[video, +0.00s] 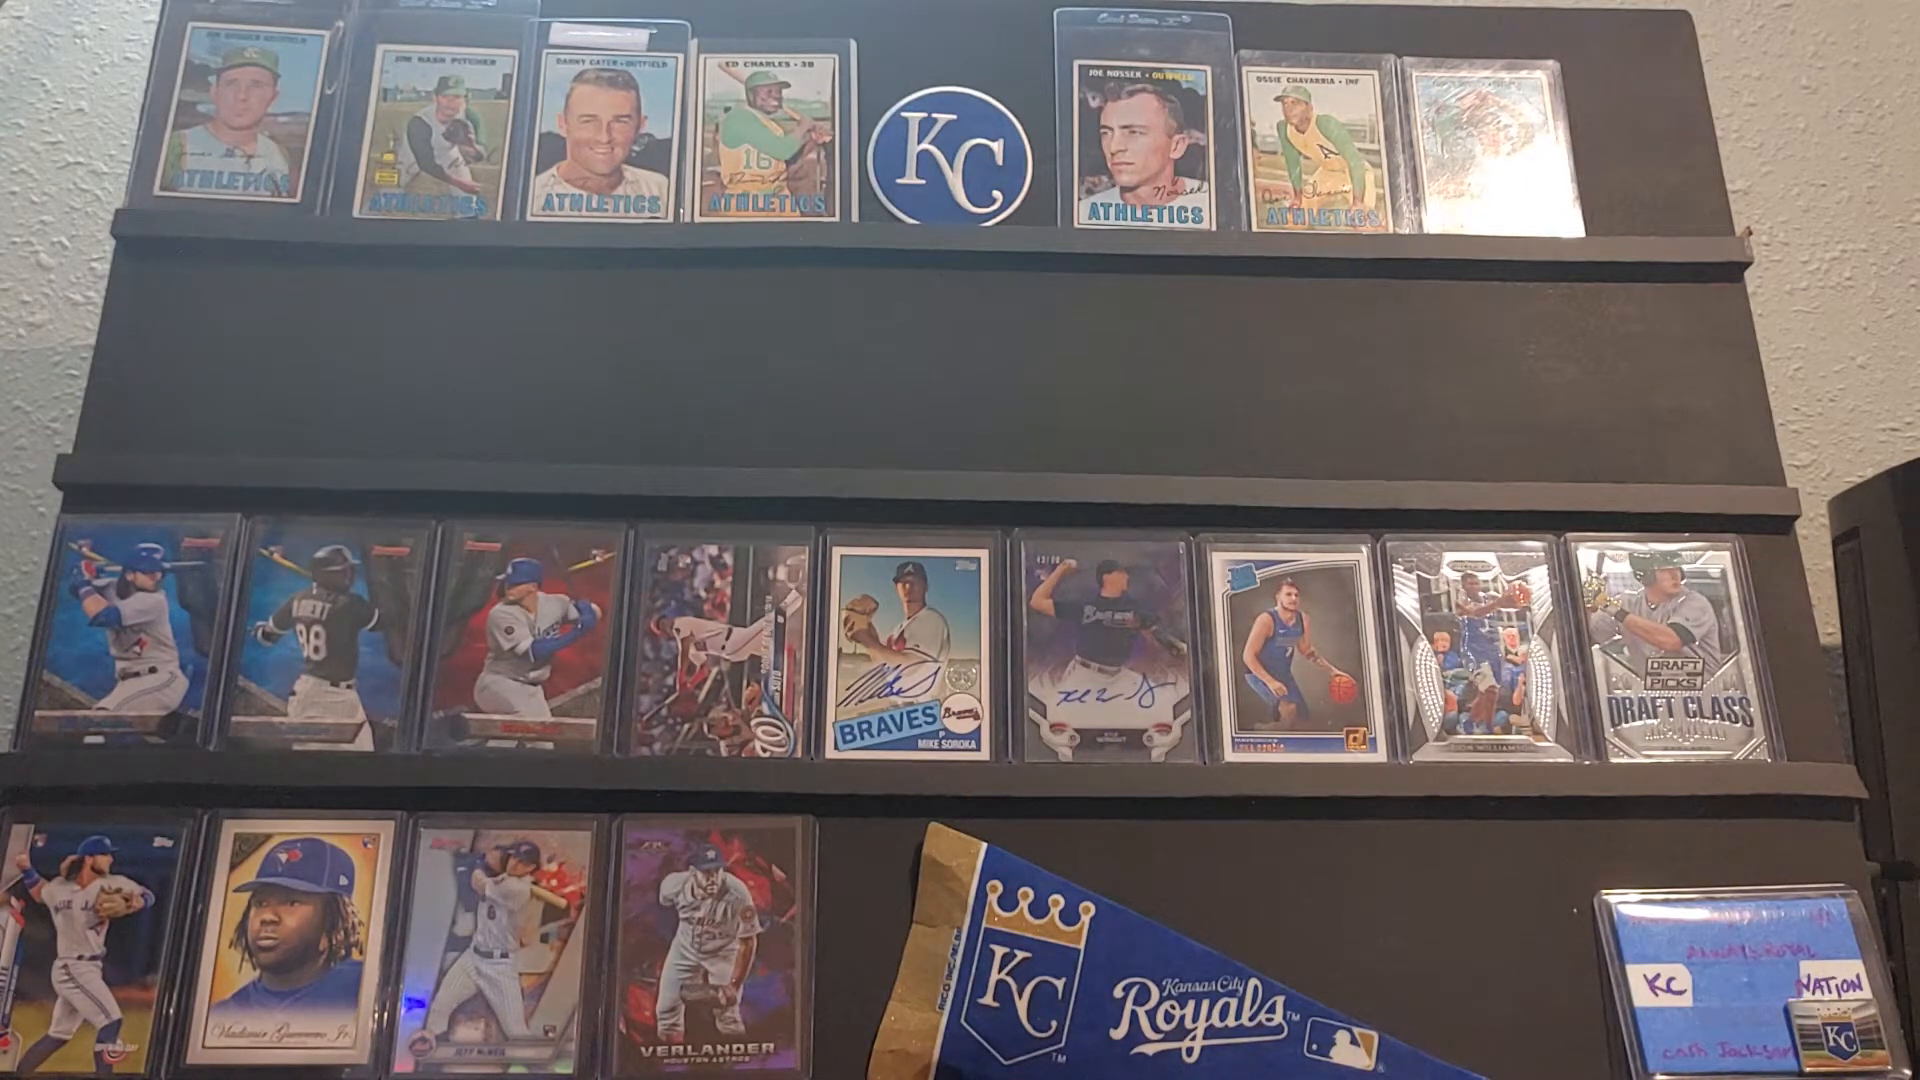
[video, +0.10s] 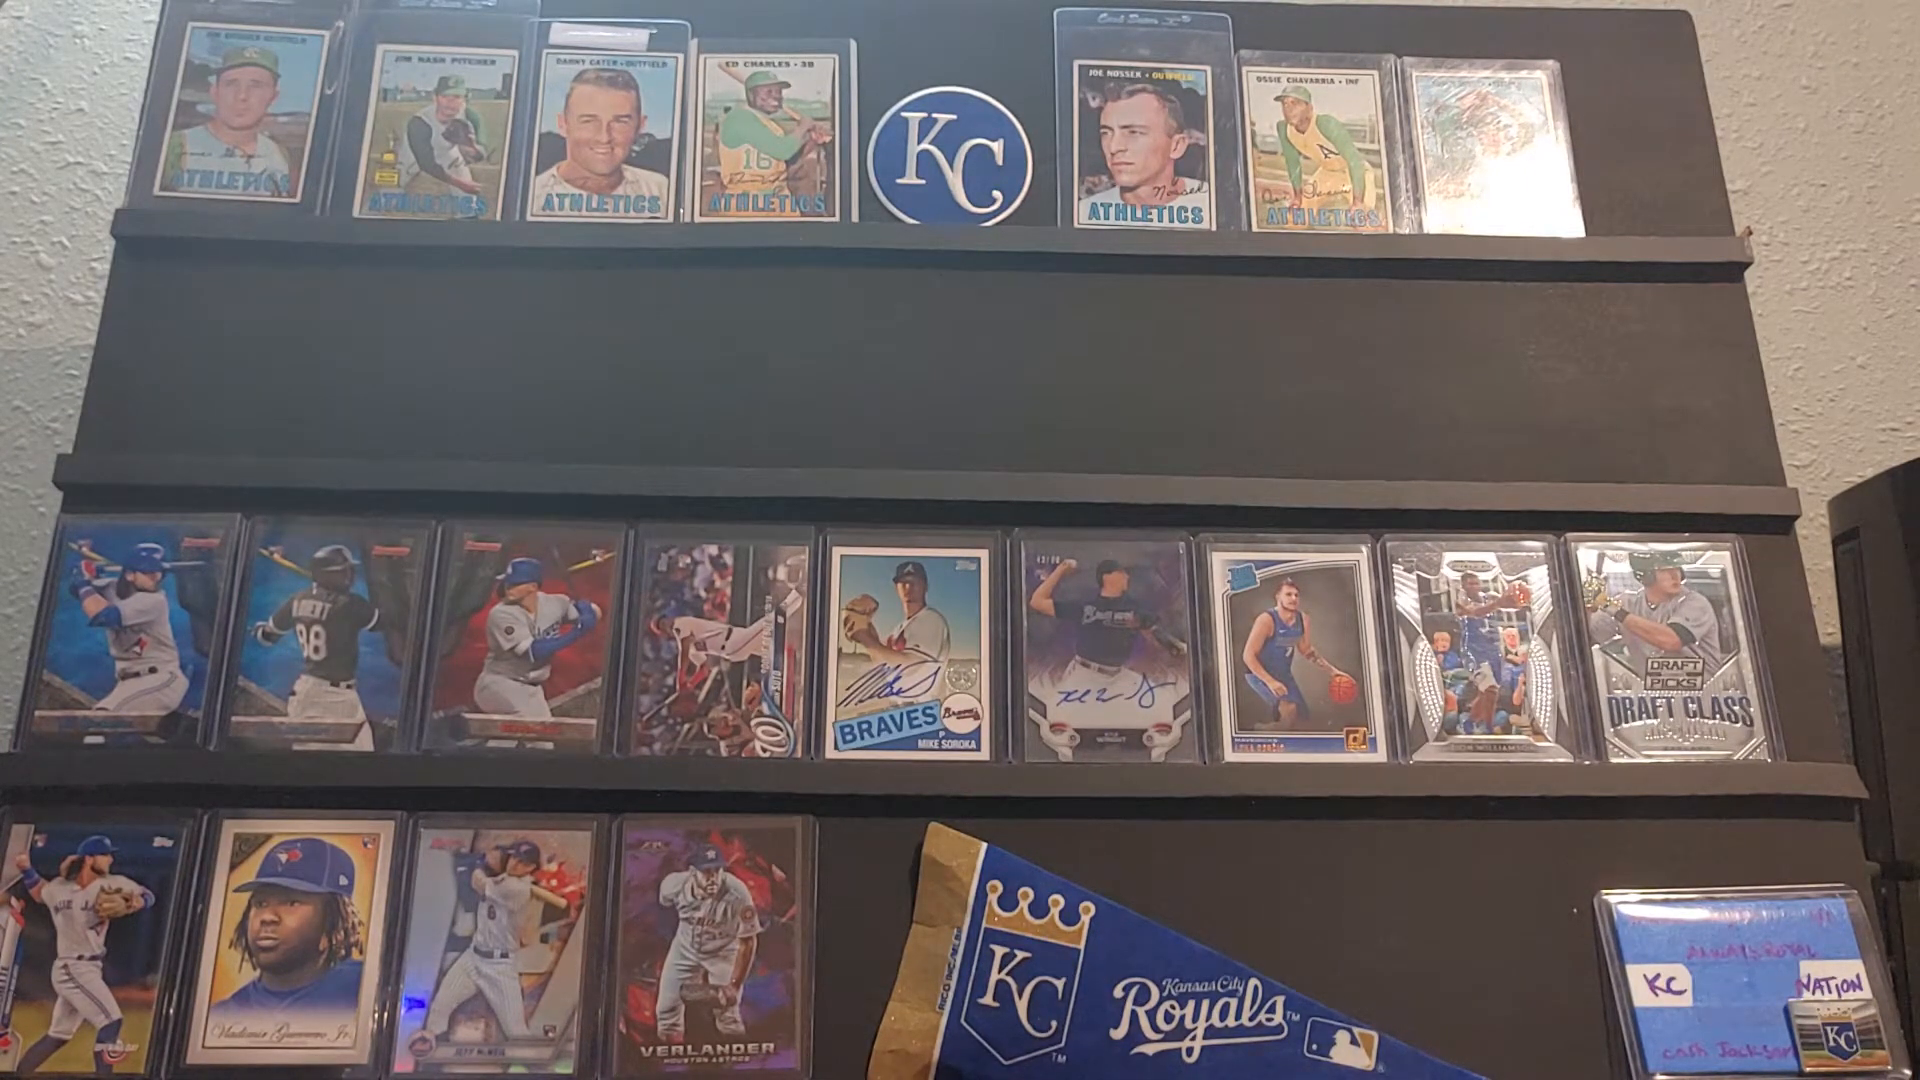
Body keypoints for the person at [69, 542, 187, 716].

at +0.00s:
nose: (156, 577)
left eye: (158, 571)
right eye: (148, 572)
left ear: (162, 573)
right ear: (130, 575)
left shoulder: (155, 601)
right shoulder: (114, 588)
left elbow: (104, 617)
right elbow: (78, 589)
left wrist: (83, 585)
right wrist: (87, 570)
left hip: (163, 679)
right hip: (130, 681)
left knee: (100, 717)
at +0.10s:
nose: (155, 577)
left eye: (158, 571)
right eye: (148, 572)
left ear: (162, 573)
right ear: (130, 575)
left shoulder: (155, 601)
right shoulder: (113, 588)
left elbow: (104, 616)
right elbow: (78, 589)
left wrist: (83, 585)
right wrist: (87, 570)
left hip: (163, 679)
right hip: (129, 681)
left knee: (100, 716)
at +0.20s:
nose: (156, 577)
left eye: (158, 571)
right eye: (148, 572)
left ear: (162, 573)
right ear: (130, 575)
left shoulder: (155, 601)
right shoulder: (113, 588)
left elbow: (104, 616)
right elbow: (78, 589)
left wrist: (83, 585)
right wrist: (87, 571)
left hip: (163, 679)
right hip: (129, 681)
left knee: (101, 716)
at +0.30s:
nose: (156, 577)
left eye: (158, 571)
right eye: (148, 572)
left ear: (162, 573)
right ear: (130, 575)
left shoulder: (155, 601)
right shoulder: (114, 588)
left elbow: (104, 616)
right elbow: (78, 589)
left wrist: (83, 585)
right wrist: (87, 571)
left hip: (163, 679)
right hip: (129, 681)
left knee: (101, 716)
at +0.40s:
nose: (156, 577)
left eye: (158, 571)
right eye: (148, 572)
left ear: (162, 573)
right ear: (130, 575)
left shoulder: (155, 601)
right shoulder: (114, 588)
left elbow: (104, 616)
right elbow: (78, 589)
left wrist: (83, 585)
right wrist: (87, 571)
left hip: (163, 679)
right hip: (129, 681)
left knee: (101, 716)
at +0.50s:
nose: (156, 577)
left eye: (158, 571)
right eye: (148, 572)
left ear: (162, 573)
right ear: (130, 575)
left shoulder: (154, 601)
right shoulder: (113, 588)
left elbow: (104, 617)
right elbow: (78, 589)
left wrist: (83, 585)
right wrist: (87, 571)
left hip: (163, 679)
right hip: (129, 681)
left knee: (101, 716)